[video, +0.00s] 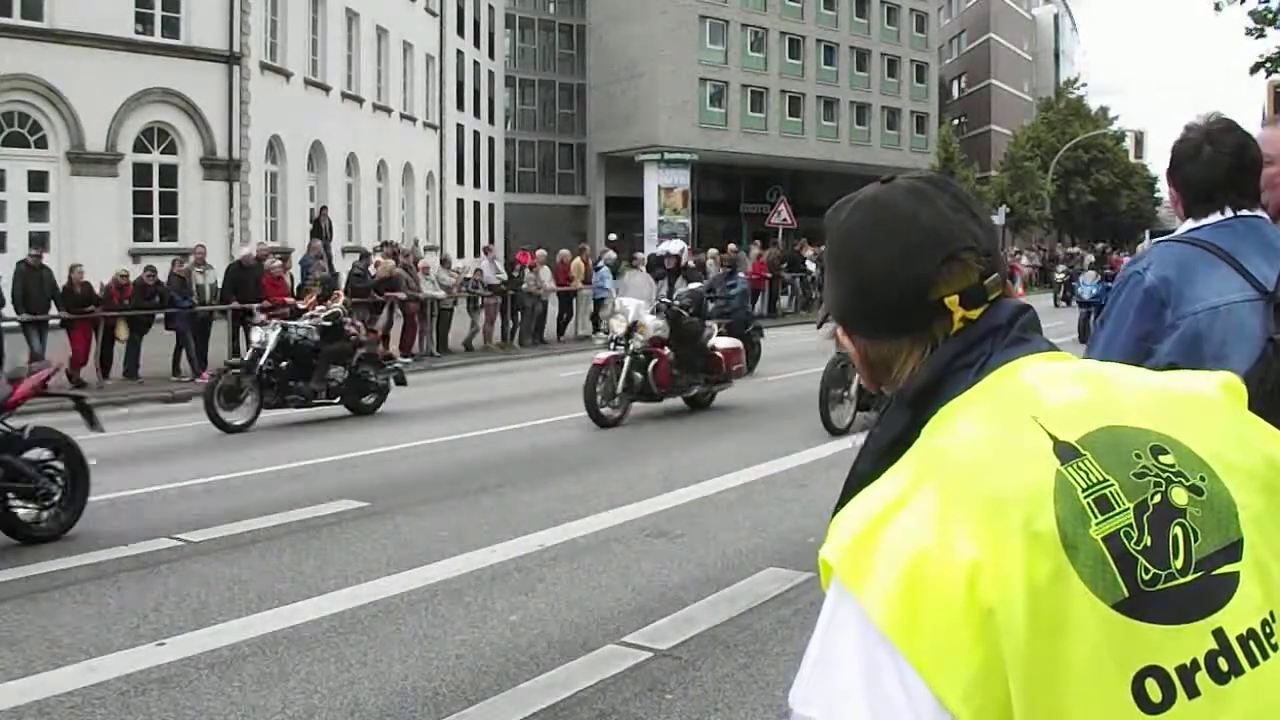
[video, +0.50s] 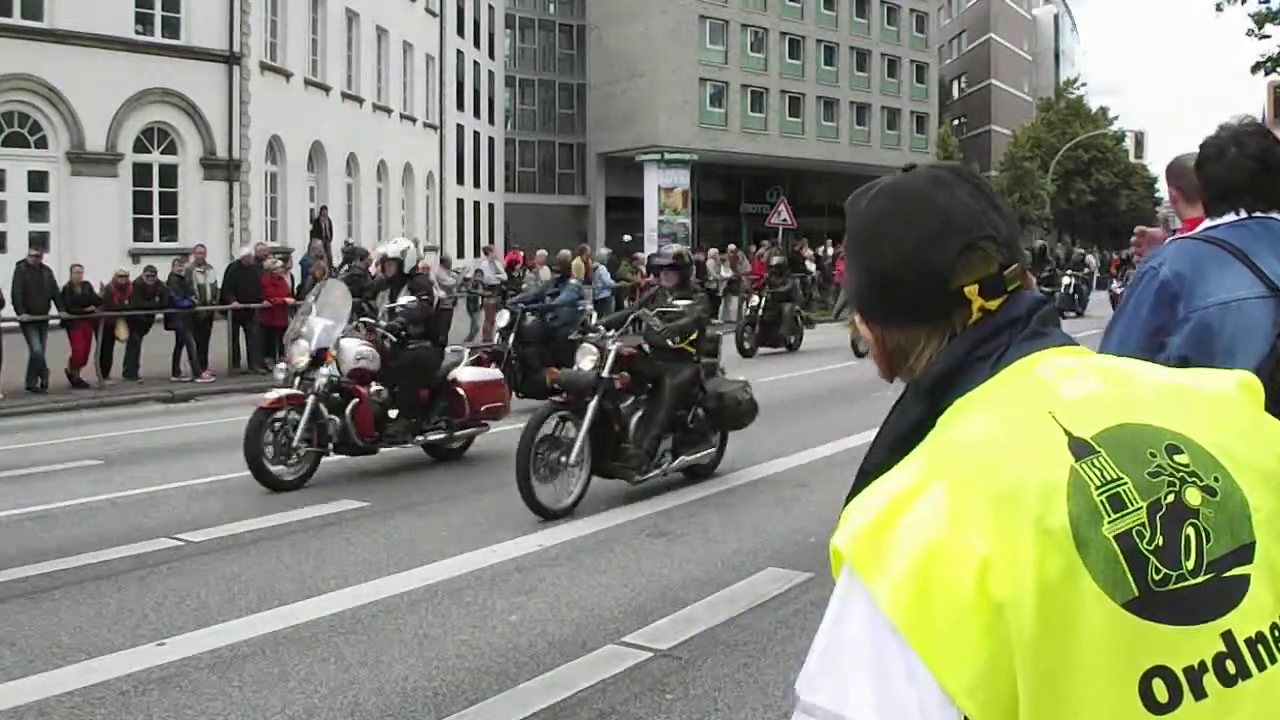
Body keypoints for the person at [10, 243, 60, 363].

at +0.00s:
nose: (37, 259)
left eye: (40, 256)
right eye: (35, 255)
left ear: (42, 255)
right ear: (29, 254)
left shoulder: (46, 271)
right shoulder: (21, 268)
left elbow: (54, 291)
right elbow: (16, 291)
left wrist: (61, 309)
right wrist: (21, 312)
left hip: (43, 314)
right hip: (27, 314)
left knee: (41, 350)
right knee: (36, 349)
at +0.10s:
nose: (37, 260)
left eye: (39, 256)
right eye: (34, 256)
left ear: (42, 256)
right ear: (28, 255)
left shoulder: (46, 271)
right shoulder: (21, 269)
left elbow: (55, 291)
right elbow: (16, 292)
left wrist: (61, 309)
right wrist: (20, 311)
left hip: (43, 314)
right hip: (27, 314)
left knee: (39, 349)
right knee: (36, 348)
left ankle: (31, 380)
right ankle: (43, 375)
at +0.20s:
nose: (36, 260)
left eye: (38, 257)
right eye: (33, 256)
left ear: (42, 257)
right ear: (28, 255)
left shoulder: (47, 271)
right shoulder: (21, 269)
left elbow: (55, 291)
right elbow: (16, 291)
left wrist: (62, 309)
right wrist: (21, 311)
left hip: (43, 315)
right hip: (27, 315)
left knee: (39, 350)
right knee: (36, 349)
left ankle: (31, 381)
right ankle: (45, 378)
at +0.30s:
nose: (34, 259)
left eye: (37, 256)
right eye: (32, 256)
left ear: (41, 257)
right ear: (28, 256)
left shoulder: (47, 271)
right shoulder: (21, 269)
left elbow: (54, 291)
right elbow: (17, 292)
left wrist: (60, 307)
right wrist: (21, 312)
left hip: (43, 314)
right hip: (27, 315)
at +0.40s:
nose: (35, 259)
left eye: (38, 257)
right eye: (33, 256)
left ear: (42, 257)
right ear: (28, 256)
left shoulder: (46, 271)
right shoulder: (21, 269)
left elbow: (55, 291)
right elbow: (16, 292)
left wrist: (61, 309)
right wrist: (21, 312)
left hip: (43, 314)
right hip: (27, 314)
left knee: (39, 349)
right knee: (36, 349)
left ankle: (31, 378)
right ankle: (43, 376)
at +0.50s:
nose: (35, 259)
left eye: (38, 257)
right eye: (32, 256)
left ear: (41, 257)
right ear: (28, 256)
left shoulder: (46, 271)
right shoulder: (21, 270)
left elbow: (55, 292)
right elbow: (16, 292)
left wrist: (62, 310)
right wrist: (20, 312)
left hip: (43, 315)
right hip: (27, 315)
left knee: (39, 351)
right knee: (36, 349)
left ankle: (31, 382)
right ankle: (43, 374)